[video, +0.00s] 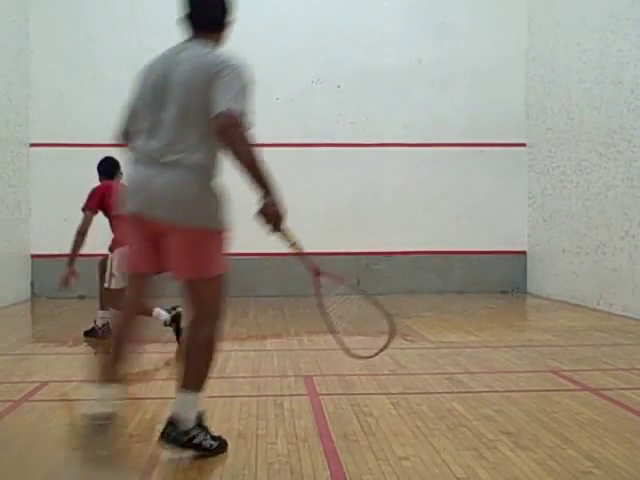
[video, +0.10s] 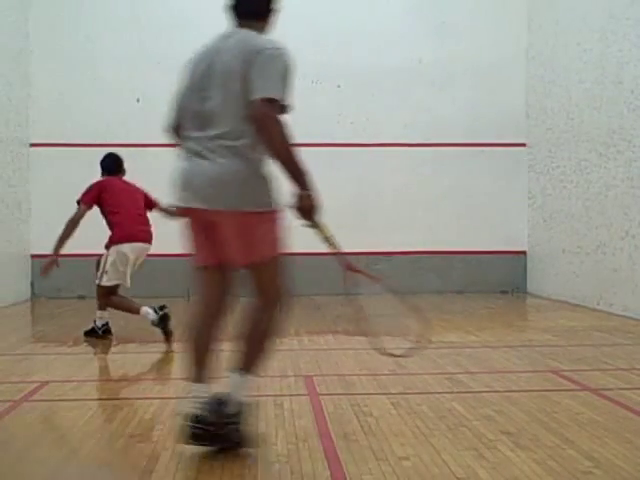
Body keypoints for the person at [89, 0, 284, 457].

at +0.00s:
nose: (224, 23)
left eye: (212, 16)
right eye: (225, 17)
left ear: (187, 20)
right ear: (224, 22)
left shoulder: (159, 64)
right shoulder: (224, 66)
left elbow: (127, 134)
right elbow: (228, 127)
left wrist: (181, 147)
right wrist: (268, 192)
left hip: (140, 199)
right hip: (192, 202)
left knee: (134, 300)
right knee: (205, 310)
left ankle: (102, 405)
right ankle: (184, 421)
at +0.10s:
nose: (272, 14)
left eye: (266, 9)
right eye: (273, 9)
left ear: (233, 11)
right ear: (269, 11)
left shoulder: (206, 53)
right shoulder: (267, 50)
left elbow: (179, 126)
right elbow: (263, 114)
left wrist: (225, 149)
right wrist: (303, 184)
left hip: (196, 188)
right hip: (243, 189)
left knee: (212, 292)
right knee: (270, 294)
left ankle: (200, 405)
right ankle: (230, 399)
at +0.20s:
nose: (316, 21)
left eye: (307, 15)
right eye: (316, 15)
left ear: (279, 20)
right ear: (314, 21)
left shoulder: (258, 63)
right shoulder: (309, 62)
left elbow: (233, 131)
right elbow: (303, 131)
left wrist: (276, 162)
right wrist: (351, 199)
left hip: (249, 206)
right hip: (291, 206)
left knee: (265, 306)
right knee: (348, 298)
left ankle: (230, 420)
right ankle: (335, 415)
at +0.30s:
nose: (371, 45)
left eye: (364, 36)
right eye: (371, 38)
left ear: (333, 38)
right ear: (367, 40)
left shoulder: (312, 84)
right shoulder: (360, 84)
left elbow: (300, 159)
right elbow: (361, 155)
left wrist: (335, 203)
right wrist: (416, 227)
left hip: (302, 225)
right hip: (346, 227)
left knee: (308, 322)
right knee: (414, 311)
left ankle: (244, 410)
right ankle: (450, 424)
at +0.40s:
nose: (428, 64)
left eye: (422, 55)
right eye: (429, 57)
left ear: (393, 55)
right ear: (427, 59)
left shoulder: (369, 102)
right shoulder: (421, 108)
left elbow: (349, 171)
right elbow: (442, 189)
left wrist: (390, 202)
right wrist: (493, 252)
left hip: (361, 238)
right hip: (404, 239)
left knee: (387, 328)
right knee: (478, 318)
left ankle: (313, 382)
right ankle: (473, 437)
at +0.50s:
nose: (488, 84)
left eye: (483, 75)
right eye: (489, 77)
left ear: (453, 72)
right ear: (486, 78)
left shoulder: (417, 111)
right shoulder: (477, 124)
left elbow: (377, 170)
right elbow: (506, 206)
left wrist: (376, 228)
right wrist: (560, 257)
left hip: (394, 239)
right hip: (437, 240)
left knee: (452, 306)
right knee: (508, 324)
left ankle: (415, 388)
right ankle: (475, 436)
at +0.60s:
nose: (533, 97)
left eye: (530, 88)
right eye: (533, 90)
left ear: (496, 81)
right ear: (529, 90)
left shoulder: (453, 116)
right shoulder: (518, 131)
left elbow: (400, 156)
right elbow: (550, 207)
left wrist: (371, 206)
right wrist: (609, 245)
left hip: (429, 238)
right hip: (469, 241)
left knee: (491, 306)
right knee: (519, 331)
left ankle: (500, 385)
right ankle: (474, 434)